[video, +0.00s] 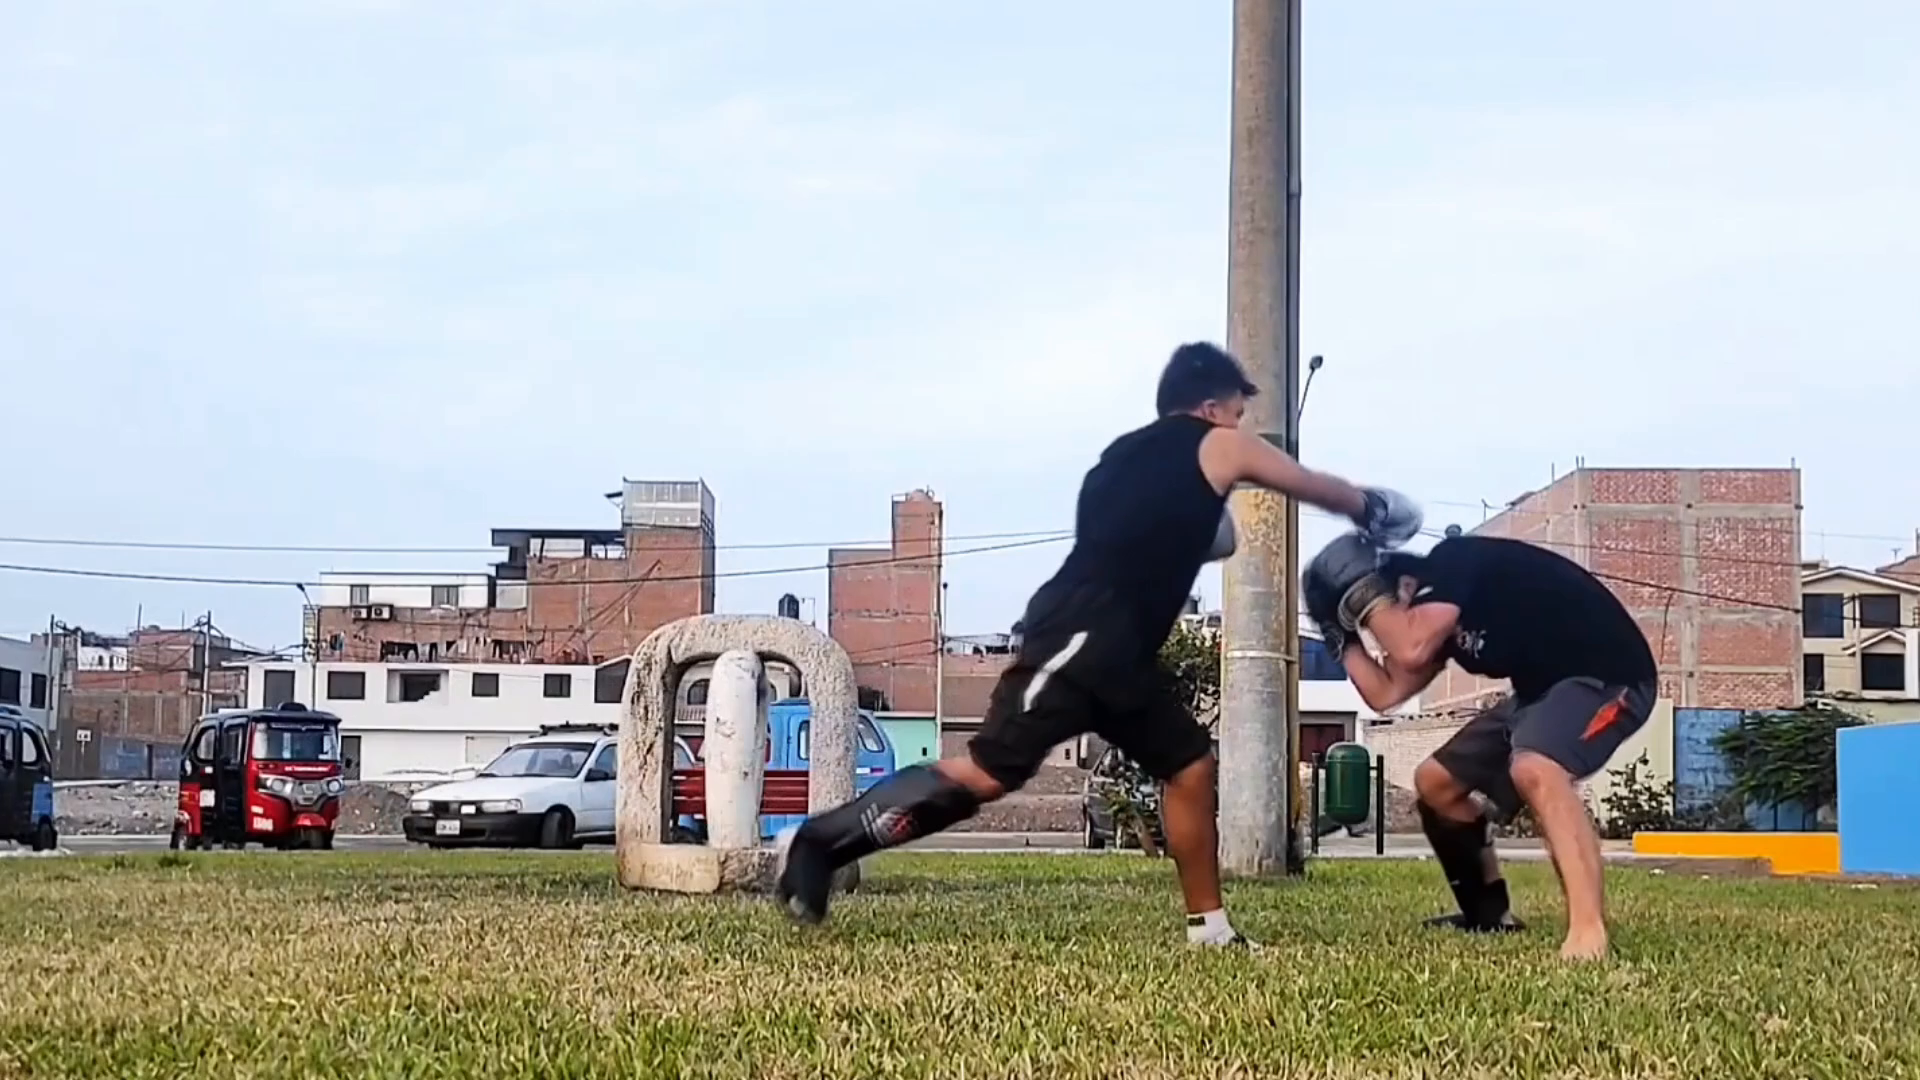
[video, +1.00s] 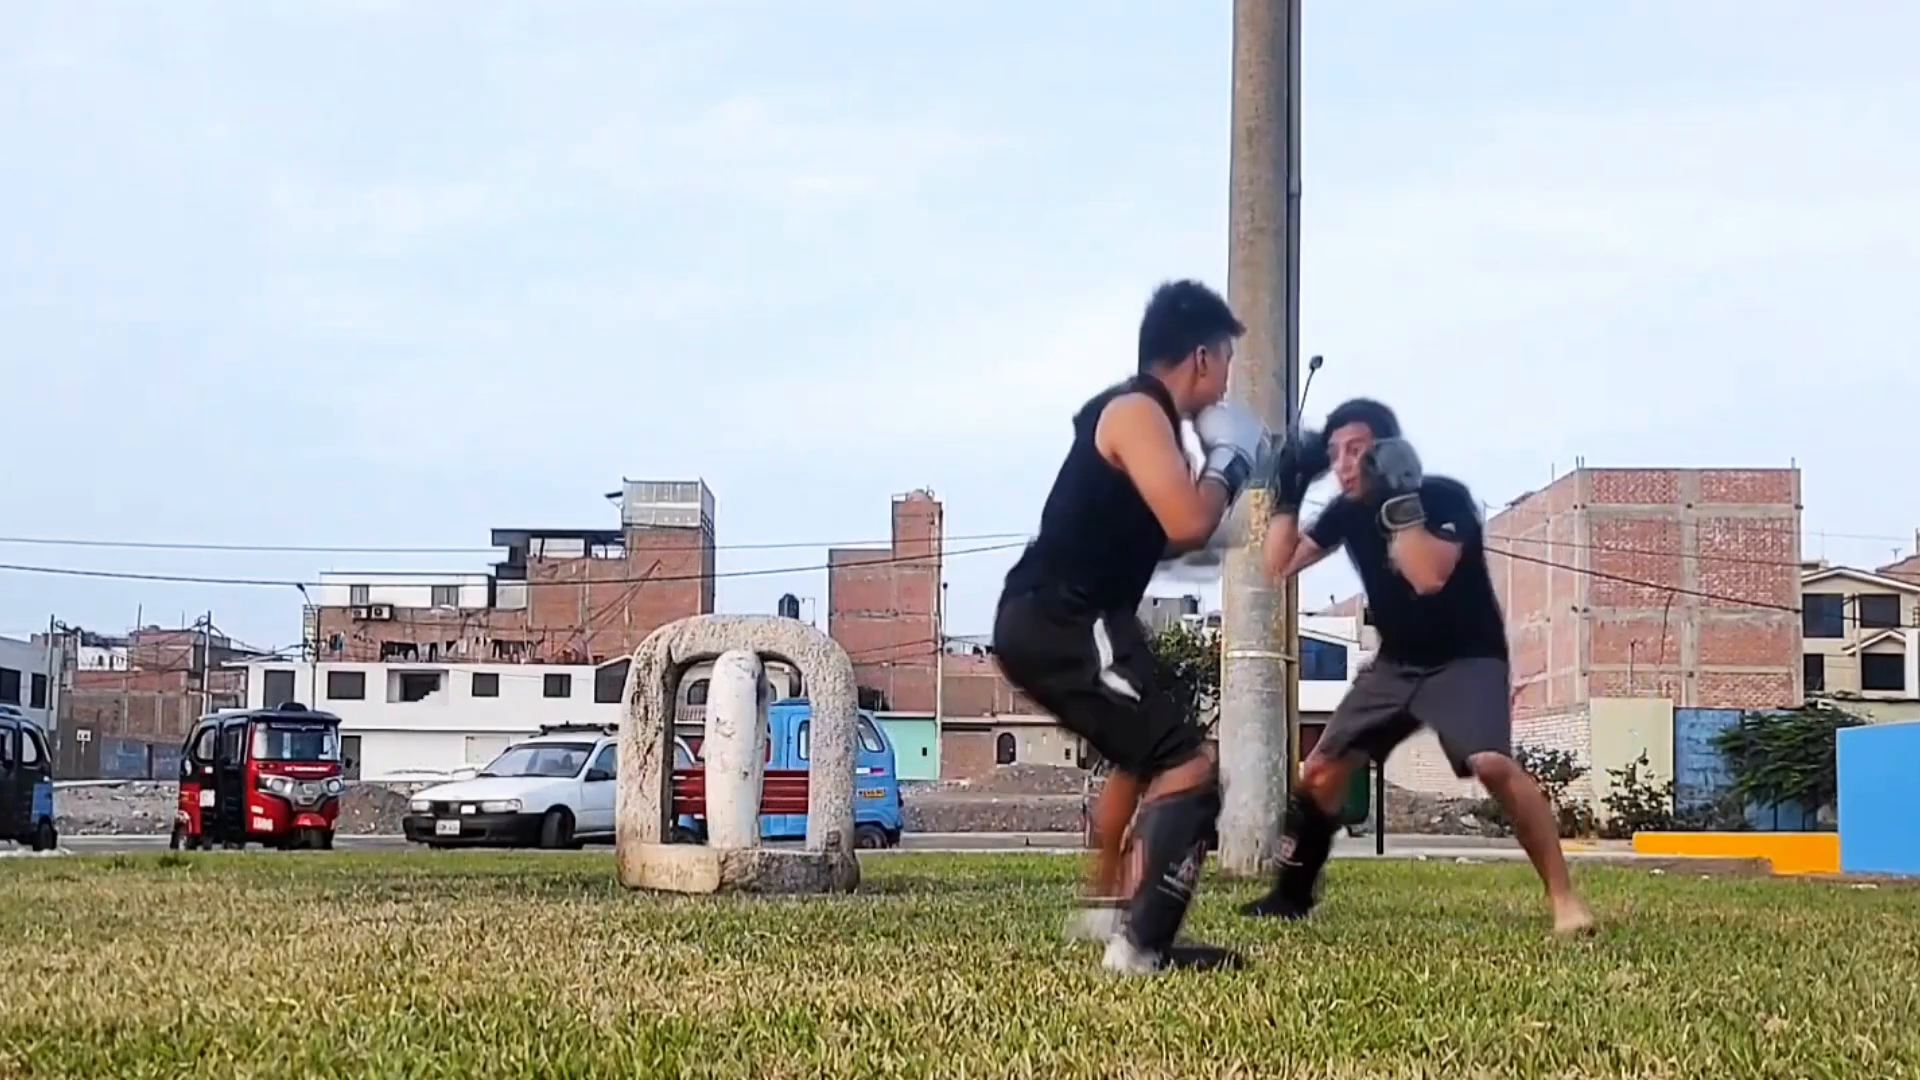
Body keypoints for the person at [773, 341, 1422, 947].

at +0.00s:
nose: (1248, 424)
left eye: (1247, 413)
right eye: (1243, 411)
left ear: (1182, 405)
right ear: (1213, 405)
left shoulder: (1125, 455)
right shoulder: (1217, 445)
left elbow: (1142, 531)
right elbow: (1323, 491)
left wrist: (1214, 536)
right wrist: (1373, 504)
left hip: (1110, 651)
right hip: (1083, 639)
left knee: (1189, 764)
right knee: (986, 773)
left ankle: (1211, 927)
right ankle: (823, 844)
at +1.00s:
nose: (1228, 378)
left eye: (1229, 362)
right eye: (1226, 361)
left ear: (1169, 355)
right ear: (1197, 358)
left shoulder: (1131, 412)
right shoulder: (1137, 413)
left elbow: (1175, 526)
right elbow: (1189, 527)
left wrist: (1225, 472)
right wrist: (1223, 465)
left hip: (1041, 619)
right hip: (1070, 622)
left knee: (1139, 754)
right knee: (1188, 766)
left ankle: (1105, 906)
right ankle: (1144, 946)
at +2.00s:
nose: (884, 405)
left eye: (887, 392)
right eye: (878, 390)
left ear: (850, 388)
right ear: (838, 383)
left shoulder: (844, 462)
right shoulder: (779, 431)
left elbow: (902, 534)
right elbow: (745, 512)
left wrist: (927, 462)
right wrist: (821, 493)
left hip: (800, 616)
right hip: (752, 607)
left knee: (830, 757)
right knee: (799, 727)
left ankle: (771, 893)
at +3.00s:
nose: (650, 435)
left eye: (656, 425)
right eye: (644, 419)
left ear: (623, 416)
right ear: (604, 408)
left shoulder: (629, 478)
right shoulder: (538, 450)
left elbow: (691, 541)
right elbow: (531, 536)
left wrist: (709, 472)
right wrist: (594, 484)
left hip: (580, 654)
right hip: (507, 650)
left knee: (663, 757)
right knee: (447, 777)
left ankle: (682, 899)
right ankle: (374, 897)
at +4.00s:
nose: (688, 392)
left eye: (696, 381)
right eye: (685, 374)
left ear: (663, 368)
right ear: (648, 355)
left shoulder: (639, 438)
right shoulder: (581, 392)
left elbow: (704, 512)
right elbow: (576, 460)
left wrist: (730, 441)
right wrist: (642, 425)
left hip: (580, 595)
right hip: (521, 582)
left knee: (625, 731)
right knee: (524, 720)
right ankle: (470, 873)